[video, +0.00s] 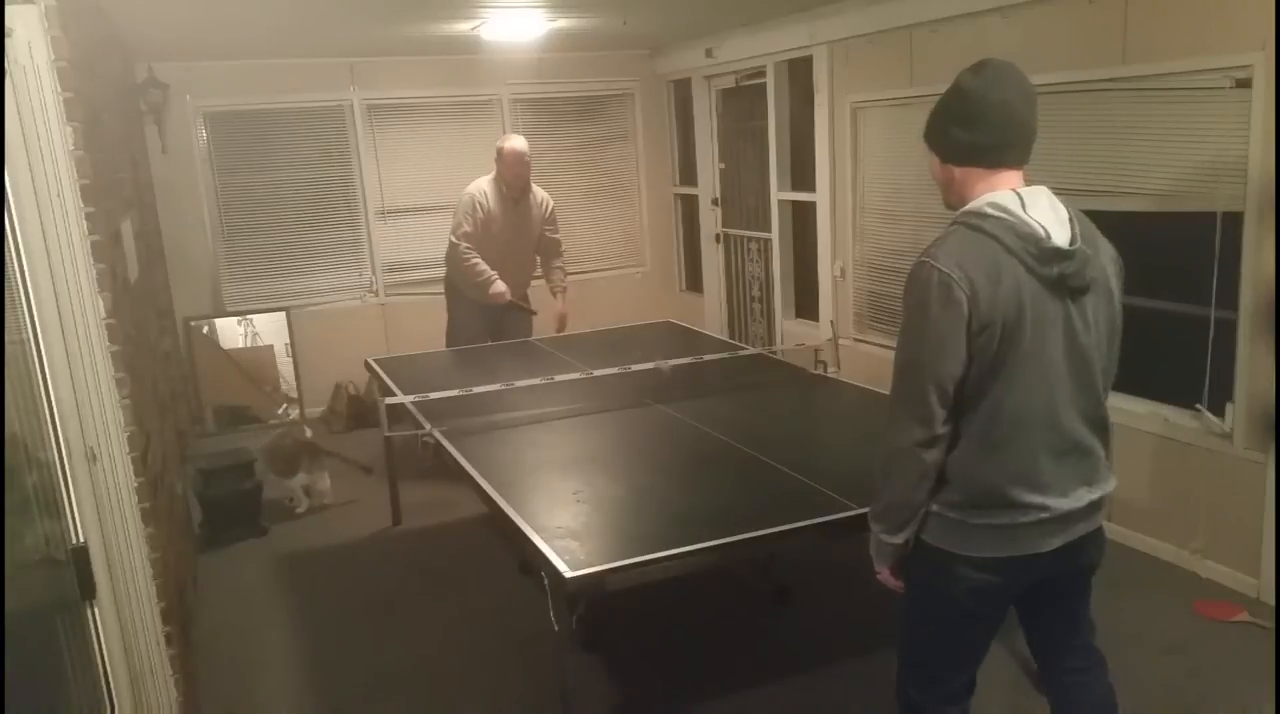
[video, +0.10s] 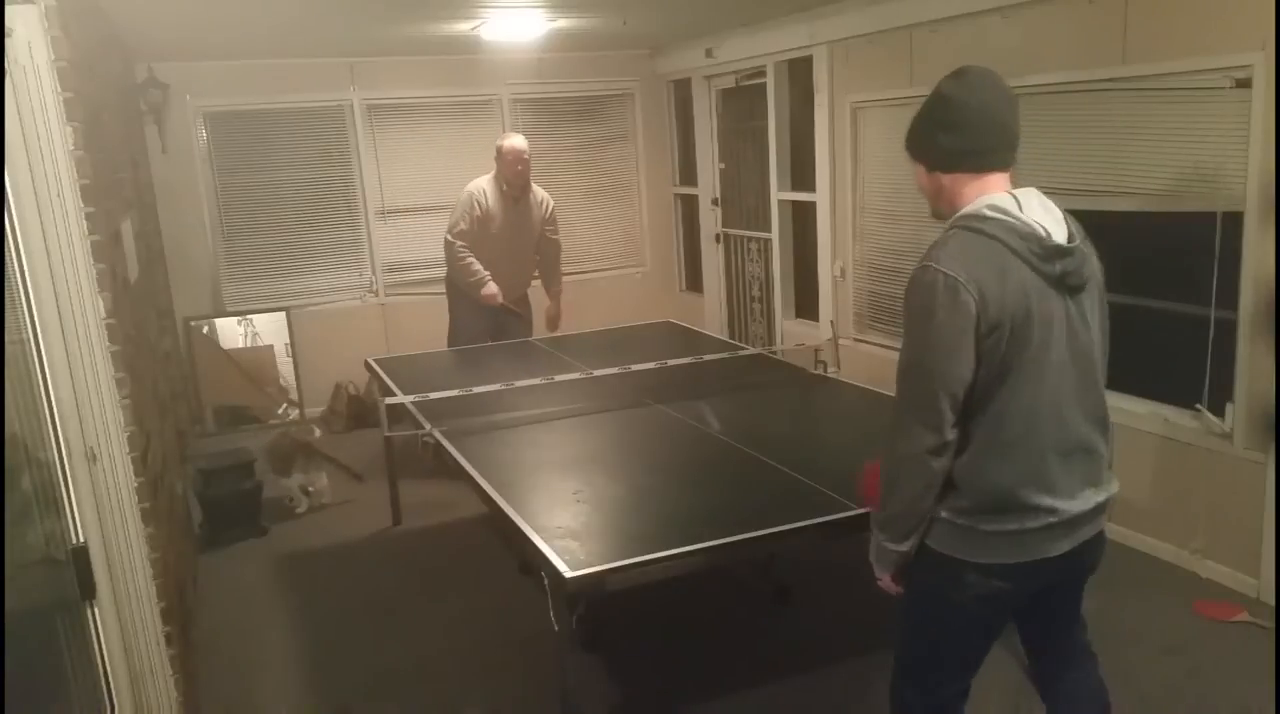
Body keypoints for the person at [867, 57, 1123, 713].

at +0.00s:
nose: (931, 171)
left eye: (933, 156)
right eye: (934, 154)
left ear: (945, 161)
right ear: (1022, 150)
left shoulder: (950, 267)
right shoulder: (1096, 250)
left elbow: (920, 422)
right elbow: (1094, 384)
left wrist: (888, 539)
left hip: (974, 544)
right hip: (1075, 533)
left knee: (933, 692)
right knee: (1074, 667)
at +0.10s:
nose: (918, 180)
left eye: (917, 165)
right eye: (917, 163)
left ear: (935, 168)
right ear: (1003, 153)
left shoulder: (952, 269)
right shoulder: (1071, 237)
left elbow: (927, 428)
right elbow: (1086, 376)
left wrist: (890, 547)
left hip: (981, 549)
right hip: (1075, 532)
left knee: (925, 693)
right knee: (1065, 660)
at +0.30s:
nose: (893, 209)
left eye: (892, 194)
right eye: (890, 194)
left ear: (918, 197)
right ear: (973, 177)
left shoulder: (981, 279)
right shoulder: (1021, 245)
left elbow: (964, 453)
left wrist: (904, 570)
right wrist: (818, 422)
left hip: (1015, 548)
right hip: (1070, 523)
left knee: (913, 695)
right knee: (1040, 662)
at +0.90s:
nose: (911, 175)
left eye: (912, 163)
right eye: (912, 161)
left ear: (926, 173)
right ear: (997, 157)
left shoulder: (976, 276)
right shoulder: (1043, 233)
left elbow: (978, 448)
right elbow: (1026, 396)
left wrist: (964, 578)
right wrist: (934, 465)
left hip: (1007, 549)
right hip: (1069, 526)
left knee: (929, 697)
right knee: (1057, 665)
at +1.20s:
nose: (914, 174)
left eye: (915, 160)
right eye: (916, 158)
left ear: (931, 169)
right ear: (1004, 157)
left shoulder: (958, 272)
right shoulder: (1056, 232)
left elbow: (931, 433)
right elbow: (1076, 378)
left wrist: (875, 549)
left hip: (992, 547)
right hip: (1076, 530)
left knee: (928, 695)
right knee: (1058, 656)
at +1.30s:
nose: (914, 175)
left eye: (915, 161)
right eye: (916, 160)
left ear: (929, 170)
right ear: (1006, 157)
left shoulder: (953, 273)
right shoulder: (1057, 237)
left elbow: (926, 430)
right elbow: (1074, 379)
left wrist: (864, 533)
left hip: (989, 548)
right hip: (1074, 530)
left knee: (922, 693)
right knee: (1060, 660)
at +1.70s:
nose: (848, 198)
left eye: (851, 182)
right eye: (848, 182)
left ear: (880, 187)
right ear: (927, 177)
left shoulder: (948, 286)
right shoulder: (971, 244)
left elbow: (954, 462)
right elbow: (897, 368)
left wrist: (887, 583)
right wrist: (792, 396)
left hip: (995, 553)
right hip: (1045, 527)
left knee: (906, 698)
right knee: (1041, 663)